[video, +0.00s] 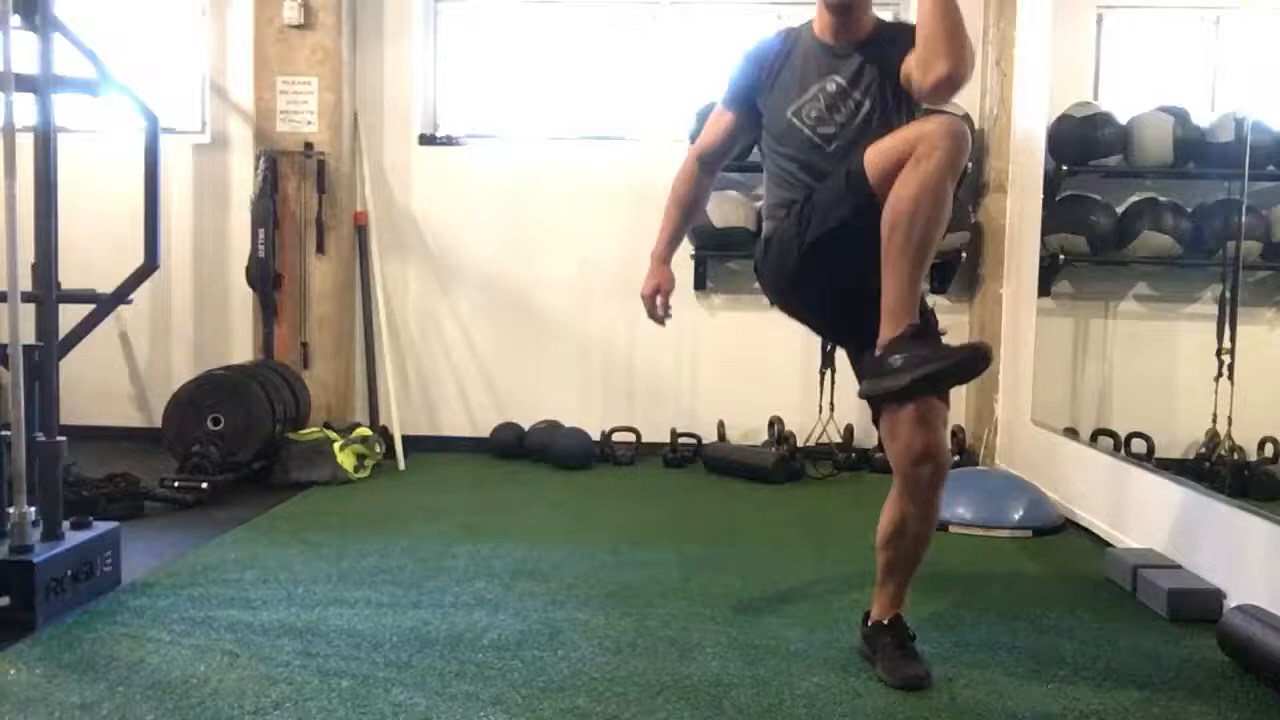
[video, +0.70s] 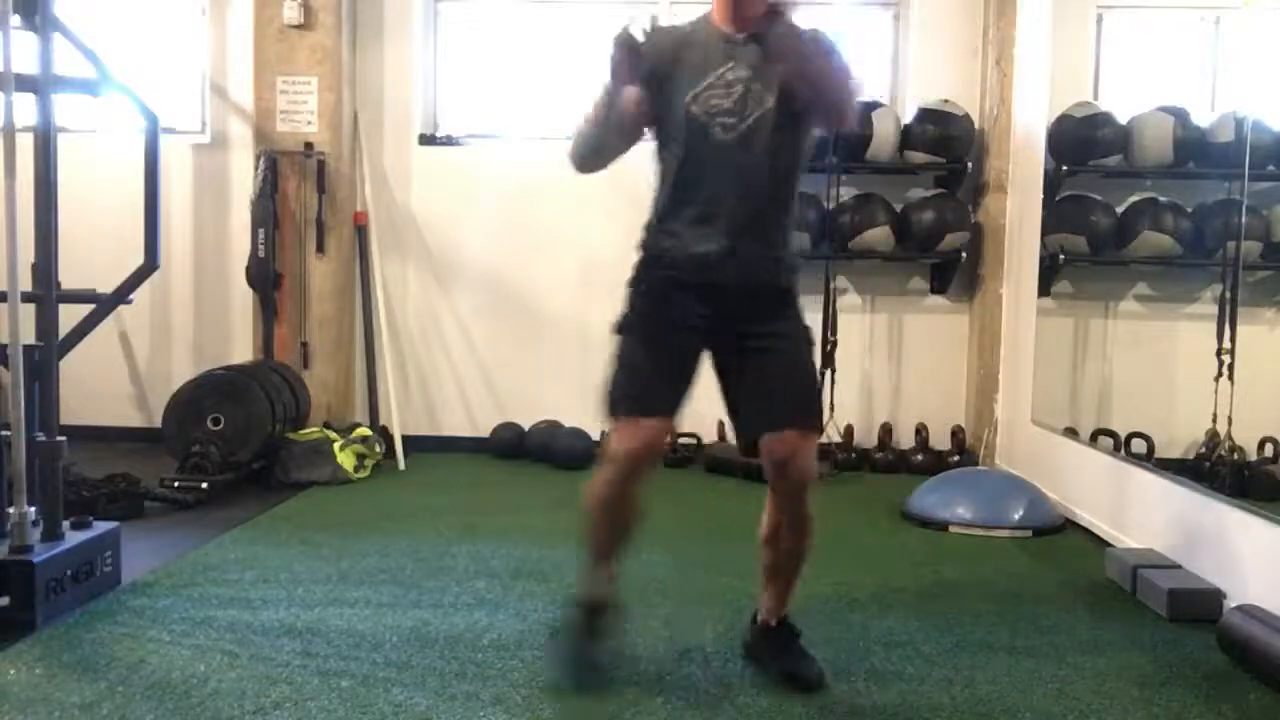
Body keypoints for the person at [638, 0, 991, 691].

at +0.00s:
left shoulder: (903, 45)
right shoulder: (774, 55)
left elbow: (944, 71)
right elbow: (702, 158)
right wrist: (661, 256)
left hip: (884, 279)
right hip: (799, 264)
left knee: (925, 459)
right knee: (944, 134)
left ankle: (885, 621)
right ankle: (896, 340)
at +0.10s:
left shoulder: (905, 51)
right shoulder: (774, 61)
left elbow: (947, 83)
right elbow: (703, 165)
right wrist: (663, 265)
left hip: (885, 284)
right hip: (797, 270)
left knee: (926, 471)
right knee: (941, 160)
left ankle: (886, 622)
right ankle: (891, 372)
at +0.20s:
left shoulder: (895, 46)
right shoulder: (766, 58)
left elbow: (954, 77)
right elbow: (699, 164)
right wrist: (666, 262)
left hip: (878, 266)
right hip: (791, 263)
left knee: (920, 457)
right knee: (927, 260)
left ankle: (886, 620)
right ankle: (853, 469)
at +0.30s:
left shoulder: (889, 40)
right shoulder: (756, 55)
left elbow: (951, 70)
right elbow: (695, 159)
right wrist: (668, 248)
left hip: (876, 262)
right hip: (791, 253)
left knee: (917, 456)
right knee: (897, 340)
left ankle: (886, 620)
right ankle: (804, 532)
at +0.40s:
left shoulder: (866, 32)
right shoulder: (738, 46)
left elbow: (933, 62)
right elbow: (665, 155)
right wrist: (668, 209)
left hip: (860, 273)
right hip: (772, 270)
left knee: (902, 452)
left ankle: (886, 625)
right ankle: (713, 600)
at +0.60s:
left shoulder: (826, 30)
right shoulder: (693, 33)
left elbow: (875, 79)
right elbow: (612, 154)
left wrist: (848, 3)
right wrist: (642, 115)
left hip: (791, 273)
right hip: (702, 268)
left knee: (822, 450)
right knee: (696, 449)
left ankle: (778, 621)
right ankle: (681, 621)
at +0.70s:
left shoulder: (806, 51)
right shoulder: (664, 48)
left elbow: (844, 117)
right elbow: (586, 156)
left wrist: (793, 50)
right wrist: (619, 106)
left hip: (761, 289)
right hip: (671, 282)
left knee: (794, 463)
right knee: (634, 448)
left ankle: (771, 626)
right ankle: (593, 606)